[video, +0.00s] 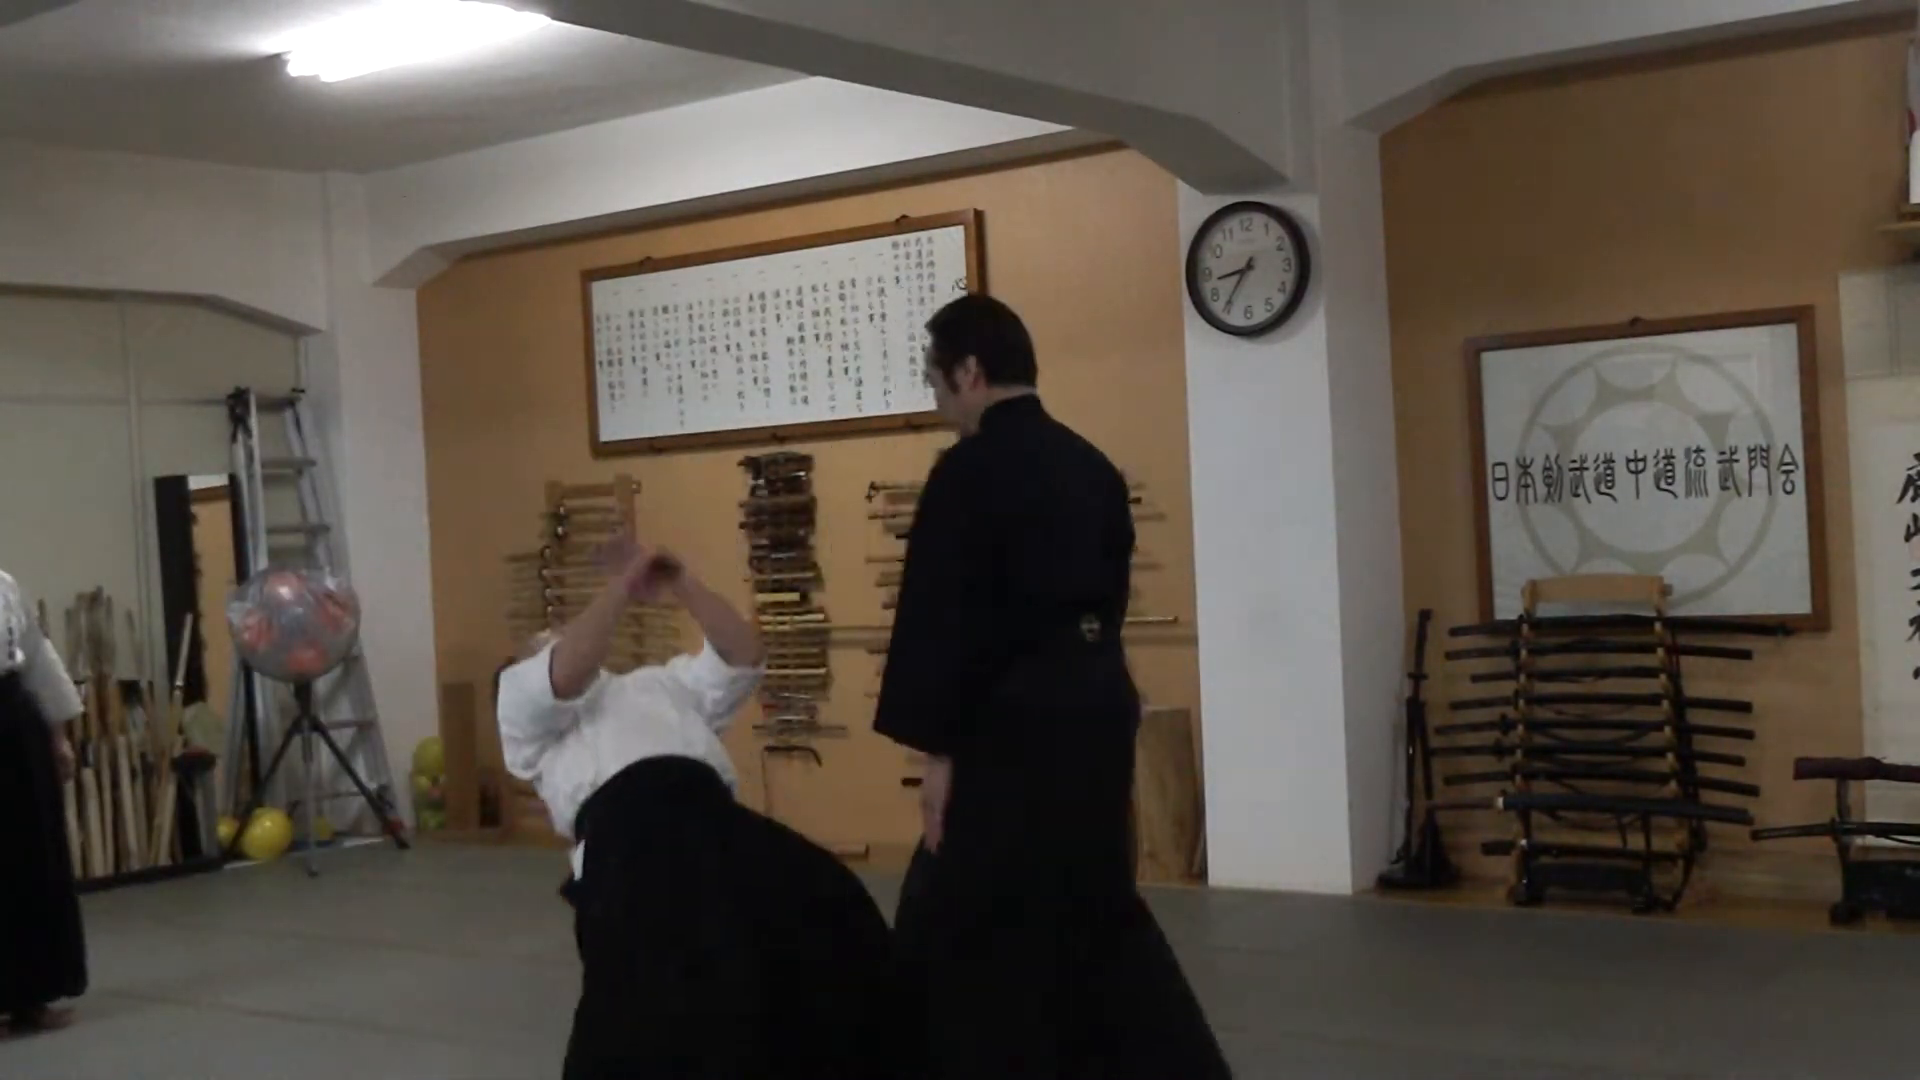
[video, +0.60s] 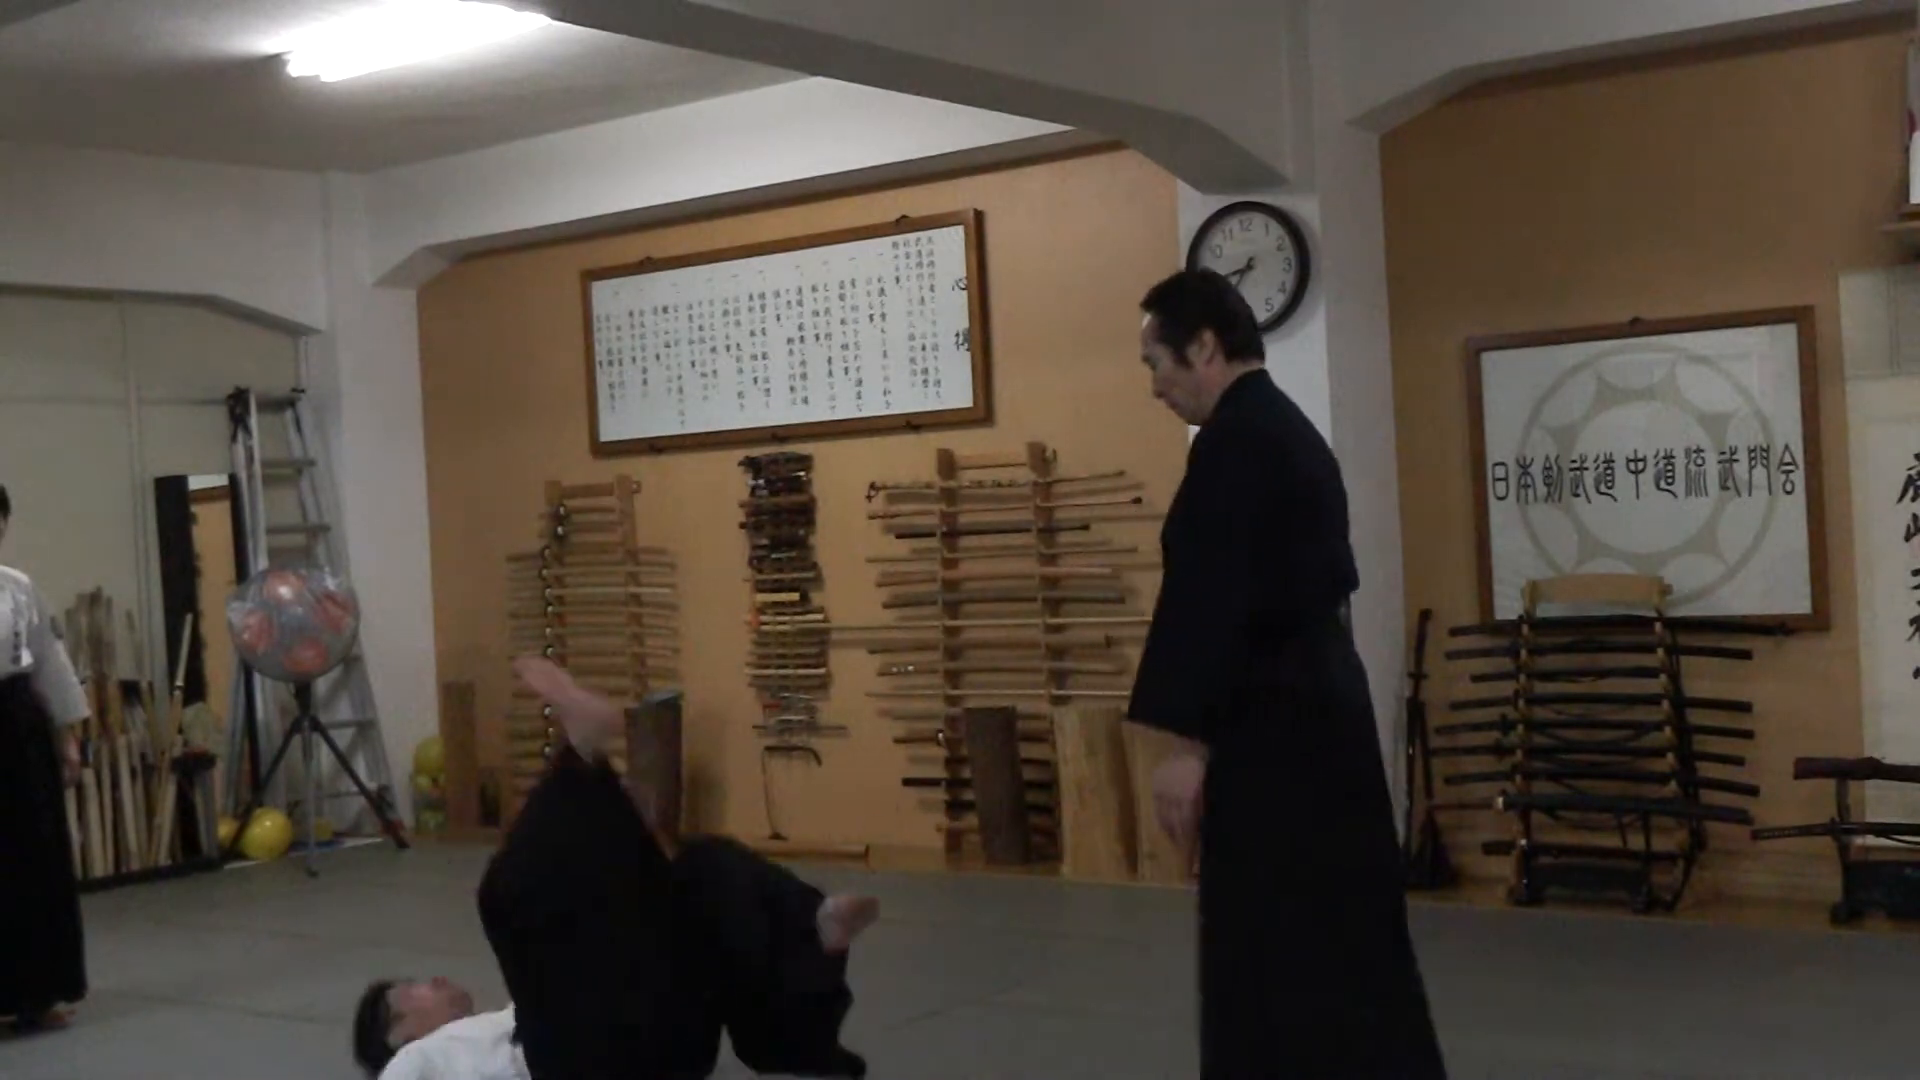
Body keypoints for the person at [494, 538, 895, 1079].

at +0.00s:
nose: (562, 642)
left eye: (563, 639)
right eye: (542, 646)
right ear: (520, 673)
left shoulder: (666, 684)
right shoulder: (526, 710)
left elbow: (743, 655)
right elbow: (570, 667)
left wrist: (685, 588)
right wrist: (621, 587)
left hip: (717, 813)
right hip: (630, 829)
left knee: (834, 899)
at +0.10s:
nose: (568, 665)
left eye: (564, 665)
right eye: (547, 669)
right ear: (517, 713)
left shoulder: (656, 738)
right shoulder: (517, 751)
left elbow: (737, 713)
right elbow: (574, 732)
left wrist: (667, 649)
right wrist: (608, 654)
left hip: (709, 894)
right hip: (618, 910)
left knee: (871, 985)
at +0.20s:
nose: (563, 715)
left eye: (557, 710)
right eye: (544, 715)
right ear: (513, 760)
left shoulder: (646, 787)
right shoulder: (508, 806)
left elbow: (728, 773)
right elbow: (566, 797)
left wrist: (663, 707)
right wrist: (604, 706)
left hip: (698, 946)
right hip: (603, 959)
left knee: (871, 1020)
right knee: (611, 1051)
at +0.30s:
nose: (548, 777)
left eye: (545, 771)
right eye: (529, 775)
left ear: (559, 788)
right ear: (495, 816)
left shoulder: (623, 842)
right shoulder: (495, 866)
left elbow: (718, 813)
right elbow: (540, 834)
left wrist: (645, 756)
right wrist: (579, 756)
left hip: (684, 998)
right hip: (594, 1017)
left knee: (817, 979)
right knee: (615, 1047)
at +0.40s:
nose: (507, 837)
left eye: (505, 831)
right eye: (484, 841)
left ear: (527, 850)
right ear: (464, 887)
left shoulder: (598, 900)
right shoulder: (478, 947)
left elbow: (696, 877)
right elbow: (469, 918)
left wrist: (649, 822)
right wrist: (537, 825)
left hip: (668, 1050)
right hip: (579, 1066)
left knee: (758, 935)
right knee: (616, 973)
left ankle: (842, 1070)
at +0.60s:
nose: (428, 979)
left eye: (413, 980)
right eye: (408, 992)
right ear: (404, 1036)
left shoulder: (496, 1027)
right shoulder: (418, 1061)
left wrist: (635, 860)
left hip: (657, 1046)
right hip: (591, 1058)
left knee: (708, 867)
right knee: (508, 902)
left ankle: (815, 925)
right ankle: (583, 751)